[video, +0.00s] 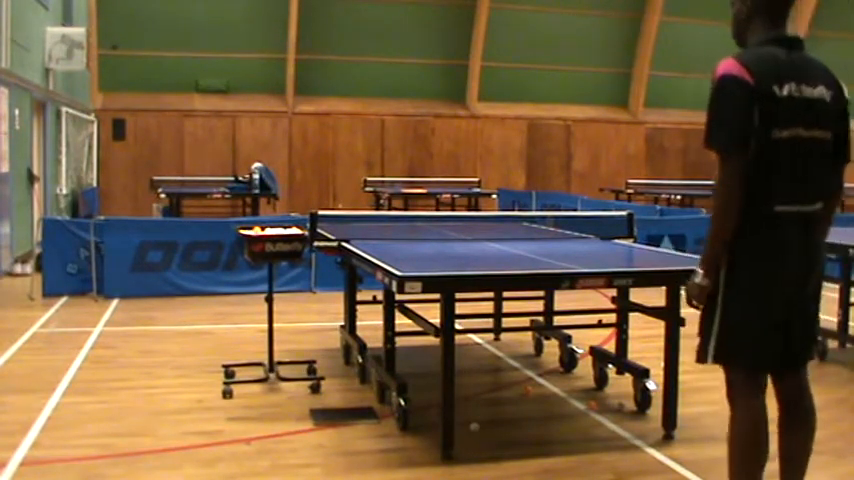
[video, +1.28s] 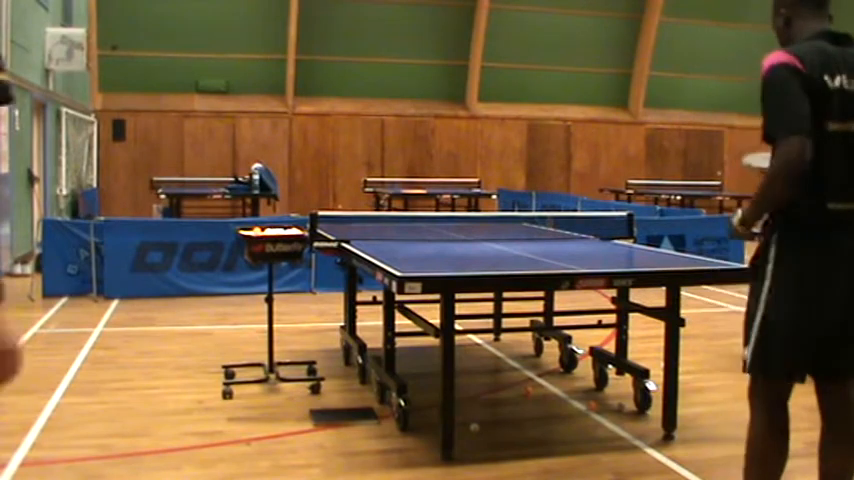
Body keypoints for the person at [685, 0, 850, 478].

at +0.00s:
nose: (731, 20)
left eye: (733, 12)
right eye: (732, 12)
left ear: (743, 12)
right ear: (785, 16)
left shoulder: (739, 72)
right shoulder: (826, 79)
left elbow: (730, 181)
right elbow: (834, 184)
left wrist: (707, 269)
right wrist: (811, 248)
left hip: (750, 253)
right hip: (804, 253)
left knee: (744, 387)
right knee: (792, 381)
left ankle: (745, 475)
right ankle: (792, 475)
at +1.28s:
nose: (775, 29)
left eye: (775, 19)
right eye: (775, 20)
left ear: (785, 16)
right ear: (825, 14)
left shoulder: (786, 65)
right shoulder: (851, 59)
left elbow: (792, 157)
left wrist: (749, 215)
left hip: (800, 247)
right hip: (848, 248)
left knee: (768, 396)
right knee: (840, 399)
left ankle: (759, 477)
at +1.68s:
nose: (762, 24)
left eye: (763, 14)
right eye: (762, 15)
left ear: (777, 14)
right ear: (816, 15)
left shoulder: (778, 69)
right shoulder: (850, 67)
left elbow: (758, 172)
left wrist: (731, 142)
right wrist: (747, 140)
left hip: (788, 245)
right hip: (844, 243)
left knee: (751, 391)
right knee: (831, 391)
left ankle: (727, 473)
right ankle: (833, 475)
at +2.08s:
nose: (706, 26)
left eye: (708, 18)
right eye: (709, 19)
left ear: (718, 18)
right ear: (761, 17)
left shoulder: (710, 73)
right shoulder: (813, 77)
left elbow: (677, 159)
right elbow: (810, 153)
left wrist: (697, 78)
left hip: (723, 239)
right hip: (783, 239)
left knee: (716, 380)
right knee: (767, 366)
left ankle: (710, 477)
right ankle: (791, 472)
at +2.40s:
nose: (675, 26)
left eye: (677, 17)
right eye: (677, 17)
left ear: (688, 19)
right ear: (727, 20)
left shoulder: (673, 80)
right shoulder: (776, 80)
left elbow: (625, 163)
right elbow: (774, 162)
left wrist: (655, 119)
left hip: (696, 233)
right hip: (750, 233)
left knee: (696, 363)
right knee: (724, 356)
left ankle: (705, 472)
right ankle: (708, 465)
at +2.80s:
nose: (659, 42)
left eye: (661, 34)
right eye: (660, 34)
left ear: (674, 32)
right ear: (707, 34)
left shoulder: (668, 84)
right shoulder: (746, 93)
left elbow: (636, 166)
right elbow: (730, 163)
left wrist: (614, 141)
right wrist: (655, 137)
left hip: (674, 233)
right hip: (727, 236)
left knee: (617, 351)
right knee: (698, 351)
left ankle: (670, 462)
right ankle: (692, 465)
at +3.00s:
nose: (642, 48)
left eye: (642, 41)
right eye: (643, 41)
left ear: (650, 39)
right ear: (688, 36)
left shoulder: (654, 82)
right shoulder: (731, 91)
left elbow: (621, 163)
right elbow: (713, 163)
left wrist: (597, 137)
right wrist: (629, 132)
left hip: (656, 232)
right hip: (709, 234)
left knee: (609, 350)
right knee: (692, 353)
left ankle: (601, 468)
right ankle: (690, 468)